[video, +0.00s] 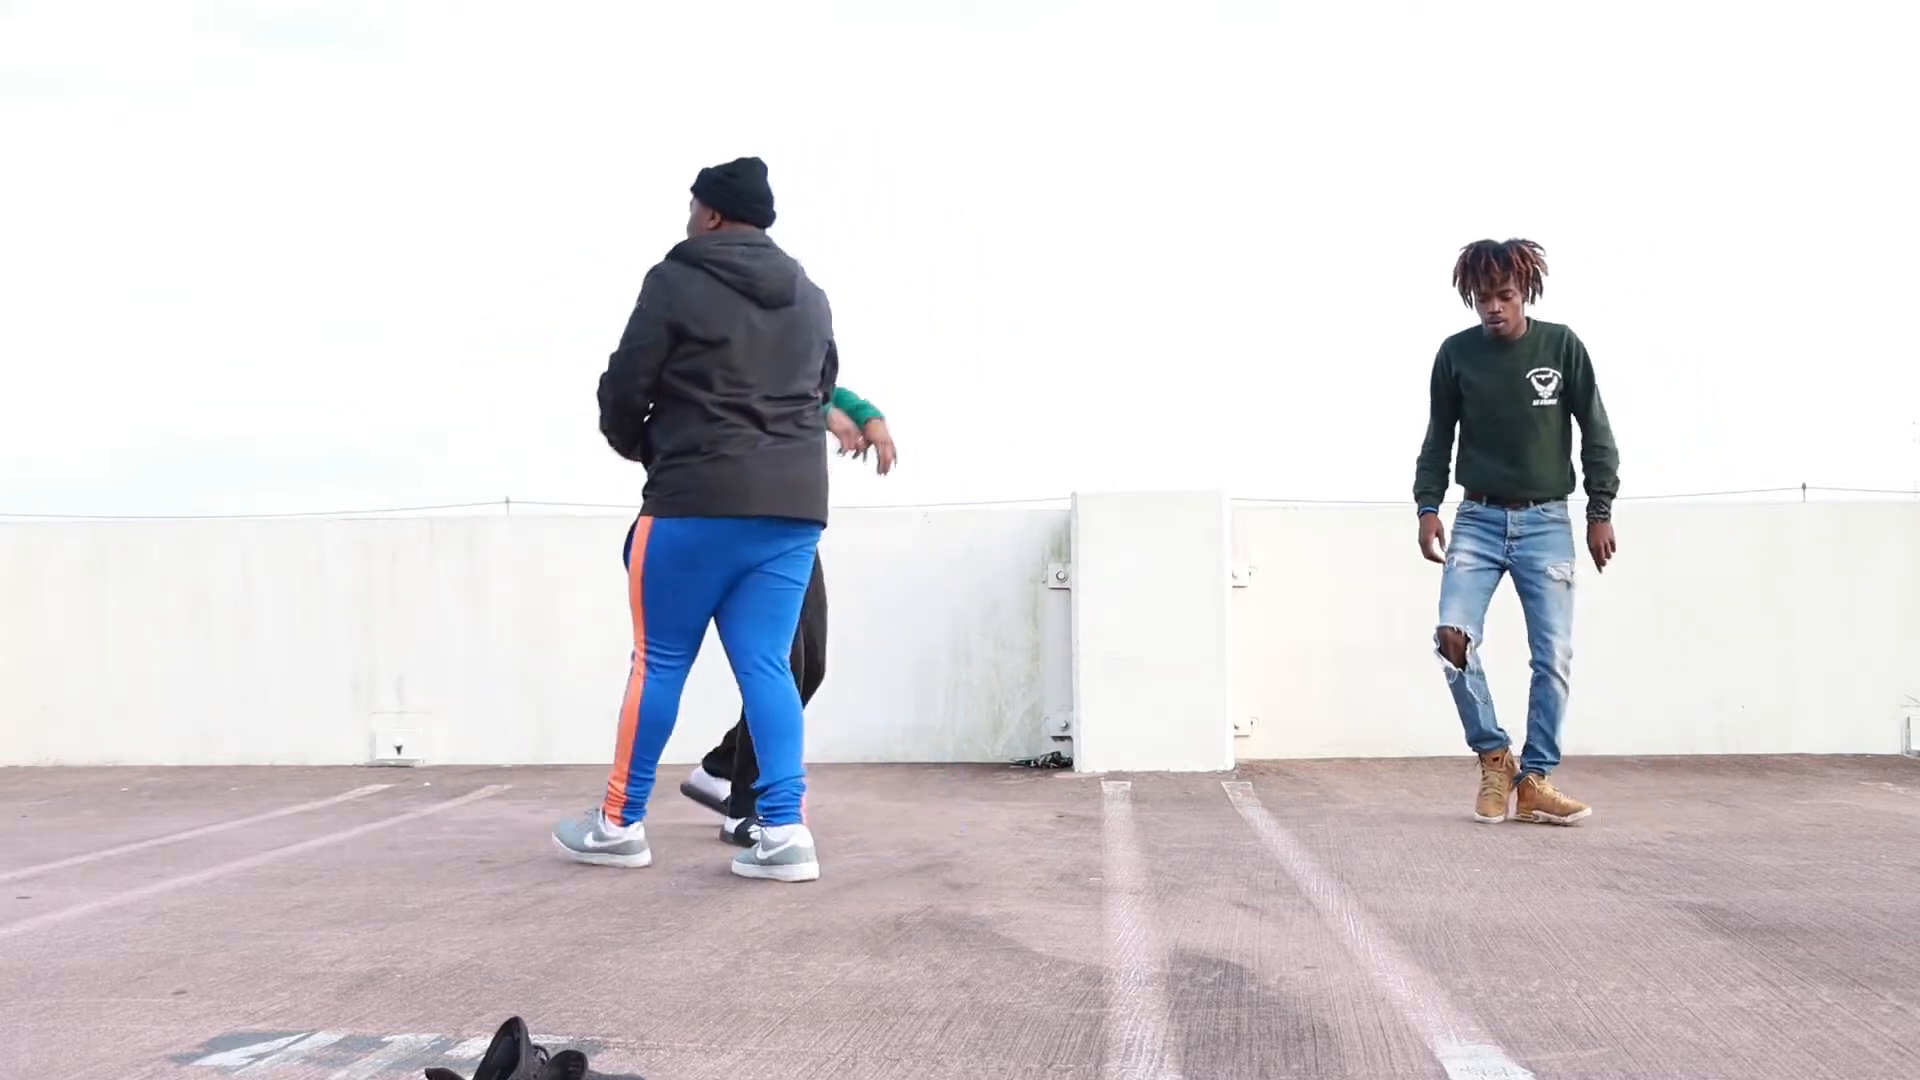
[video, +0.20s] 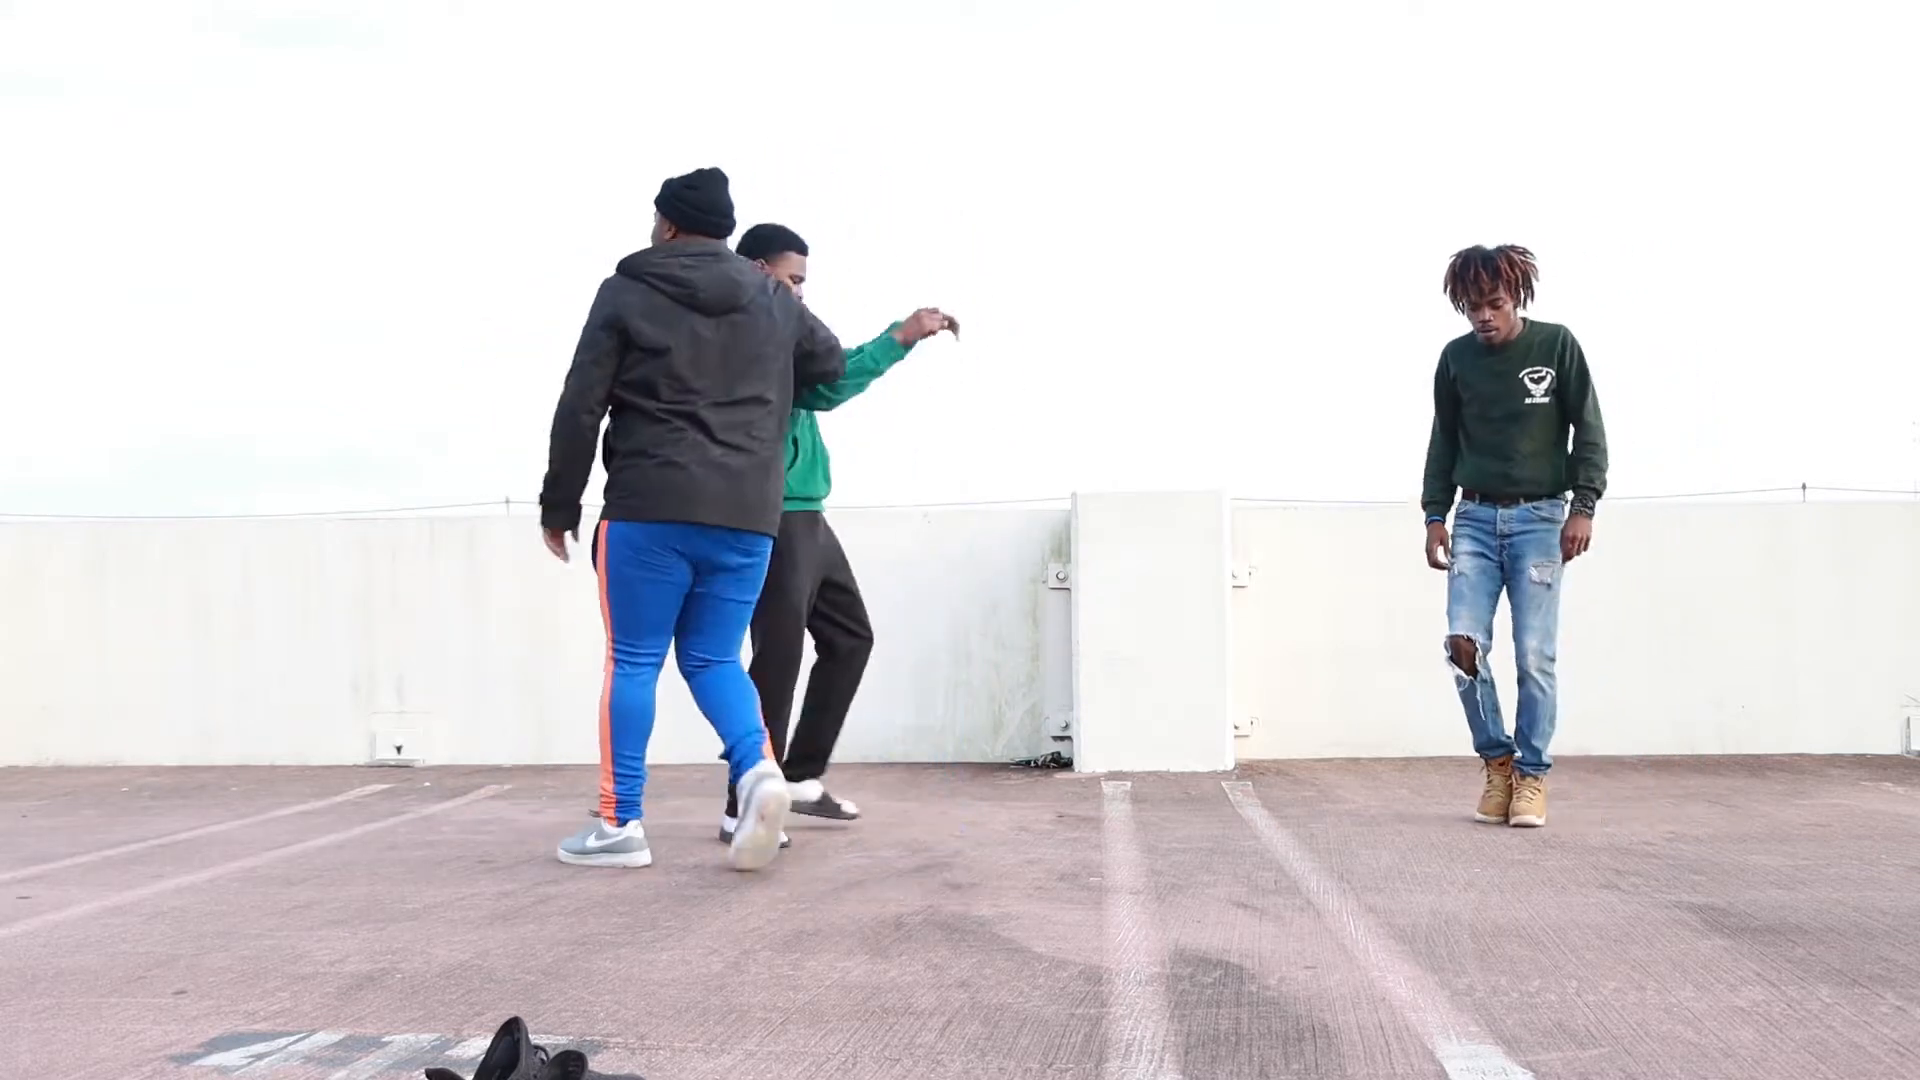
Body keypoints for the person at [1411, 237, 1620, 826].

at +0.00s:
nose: (1491, 307)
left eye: (1502, 295)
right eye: (1481, 297)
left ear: (1526, 292)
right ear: (1470, 298)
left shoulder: (1561, 345)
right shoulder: (1455, 354)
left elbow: (1596, 431)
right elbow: (1438, 437)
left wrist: (1599, 512)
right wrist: (1427, 506)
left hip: (1547, 523)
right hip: (1477, 522)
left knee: (1554, 656)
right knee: (1452, 638)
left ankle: (1534, 781)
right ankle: (1494, 759)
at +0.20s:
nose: (1481, 317)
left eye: (1491, 304)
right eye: (1471, 306)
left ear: (1517, 296)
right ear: (1461, 305)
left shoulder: (1556, 345)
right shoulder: (1456, 357)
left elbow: (1591, 431)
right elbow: (1444, 439)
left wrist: (1582, 509)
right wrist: (1435, 516)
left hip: (1538, 520)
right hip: (1473, 521)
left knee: (1533, 654)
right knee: (1463, 647)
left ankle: (1531, 777)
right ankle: (1497, 765)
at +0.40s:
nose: (1473, 309)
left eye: (1483, 296)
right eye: (1463, 300)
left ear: (1511, 292)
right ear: (1455, 302)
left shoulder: (1549, 345)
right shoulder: (1454, 357)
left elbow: (1570, 437)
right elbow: (1446, 441)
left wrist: (1552, 511)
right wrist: (1439, 520)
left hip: (1530, 519)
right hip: (1469, 519)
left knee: (1527, 649)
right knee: (1467, 652)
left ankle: (1532, 775)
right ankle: (1497, 768)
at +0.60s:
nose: (1467, 301)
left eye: (1478, 288)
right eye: (1459, 291)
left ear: (1509, 286)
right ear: (1451, 294)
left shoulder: (1545, 345)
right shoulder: (1449, 355)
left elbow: (1568, 434)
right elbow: (1442, 439)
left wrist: (1524, 464)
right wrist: (1434, 519)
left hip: (1530, 517)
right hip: (1467, 518)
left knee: (1525, 642)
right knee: (1475, 650)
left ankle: (1532, 772)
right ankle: (1499, 772)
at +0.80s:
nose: (1464, 306)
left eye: (1475, 293)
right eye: (1456, 296)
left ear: (1508, 290)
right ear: (1449, 297)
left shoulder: (1545, 346)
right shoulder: (1449, 360)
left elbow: (1565, 433)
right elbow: (1441, 444)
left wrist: (1519, 464)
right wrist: (1433, 522)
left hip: (1530, 518)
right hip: (1468, 522)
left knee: (1526, 639)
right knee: (1475, 651)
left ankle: (1539, 768)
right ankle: (1500, 773)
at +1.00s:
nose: (1465, 316)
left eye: (1474, 303)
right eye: (1457, 306)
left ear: (1507, 291)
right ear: (1452, 303)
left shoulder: (1550, 341)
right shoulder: (1458, 361)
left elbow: (1560, 428)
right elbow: (1451, 442)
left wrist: (1509, 454)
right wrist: (1429, 501)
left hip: (1538, 518)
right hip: (1478, 523)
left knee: (1542, 650)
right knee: (1480, 655)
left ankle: (1567, 784)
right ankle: (1502, 778)